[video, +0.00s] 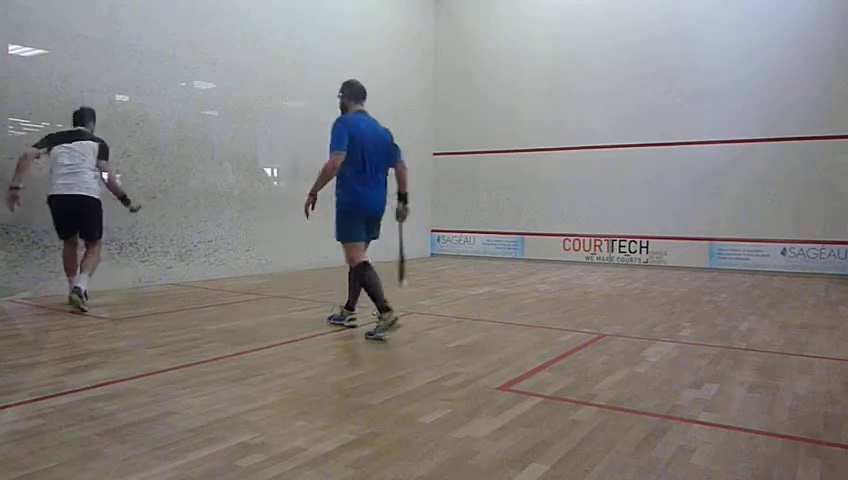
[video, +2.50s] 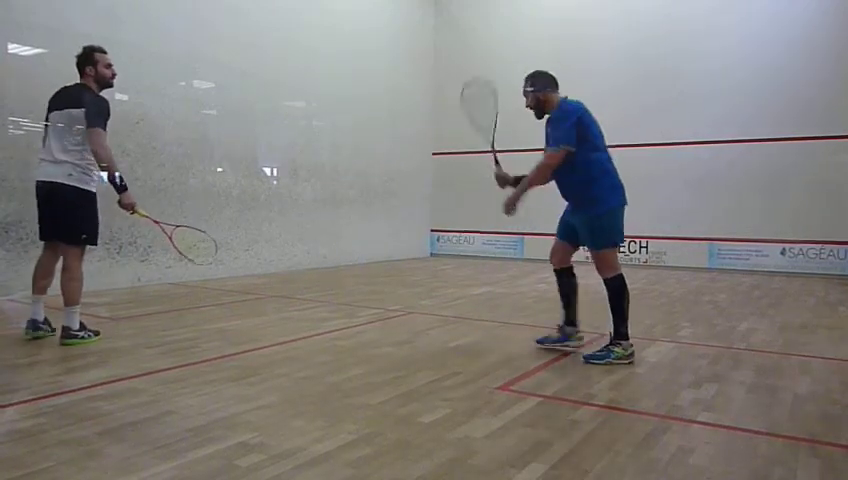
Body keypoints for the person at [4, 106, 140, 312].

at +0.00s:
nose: (94, 128)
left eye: (91, 125)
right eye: (94, 125)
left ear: (73, 122)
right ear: (92, 124)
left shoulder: (54, 138)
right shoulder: (99, 143)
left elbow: (26, 156)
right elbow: (108, 178)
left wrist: (14, 186)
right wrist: (124, 199)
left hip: (59, 197)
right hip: (88, 198)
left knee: (69, 243)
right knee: (93, 245)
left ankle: (74, 290)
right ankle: (80, 286)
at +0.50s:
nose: (90, 97)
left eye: (88, 92)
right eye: (85, 93)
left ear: (65, 97)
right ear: (71, 97)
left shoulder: (41, 117)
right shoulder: (85, 125)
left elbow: (12, 145)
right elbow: (89, 166)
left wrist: (19, 172)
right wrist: (86, 177)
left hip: (38, 194)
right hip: (71, 196)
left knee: (41, 245)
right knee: (69, 246)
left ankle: (24, 294)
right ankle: (70, 301)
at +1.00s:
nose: (75, 79)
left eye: (73, 75)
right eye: (69, 75)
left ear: (50, 82)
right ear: (52, 80)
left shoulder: (24, 109)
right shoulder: (62, 109)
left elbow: (8, 151)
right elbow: (60, 147)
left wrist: (18, 185)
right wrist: (83, 189)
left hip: (26, 190)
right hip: (57, 191)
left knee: (31, 245)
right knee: (73, 247)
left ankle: (18, 314)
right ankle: (73, 313)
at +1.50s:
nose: (103, 73)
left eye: (102, 68)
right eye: (97, 68)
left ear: (77, 75)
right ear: (79, 73)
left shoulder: (50, 102)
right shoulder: (88, 103)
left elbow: (53, 146)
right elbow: (90, 141)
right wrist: (116, 183)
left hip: (43, 185)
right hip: (70, 187)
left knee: (51, 250)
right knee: (71, 256)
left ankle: (34, 319)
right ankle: (72, 327)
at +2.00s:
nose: (111, 70)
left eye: (110, 65)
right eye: (105, 65)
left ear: (84, 70)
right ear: (87, 68)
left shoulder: (59, 96)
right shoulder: (95, 100)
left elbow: (64, 144)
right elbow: (94, 146)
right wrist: (114, 190)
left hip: (49, 185)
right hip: (78, 188)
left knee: (50, 252)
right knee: (74, 258)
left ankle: (37, 321)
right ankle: (72, 327)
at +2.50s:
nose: (113, 71)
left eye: (112, 66)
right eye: (107, 67)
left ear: (86, 72)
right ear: (90, 71)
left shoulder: (57, 97)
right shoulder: (96, 102)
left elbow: (47, 144)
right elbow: (99, 147)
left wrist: (83, 164)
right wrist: (123, 190)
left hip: (46, 184)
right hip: (76, 188)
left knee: (50, 249)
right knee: (73, 256)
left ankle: (36, 319)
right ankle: (72, 326)